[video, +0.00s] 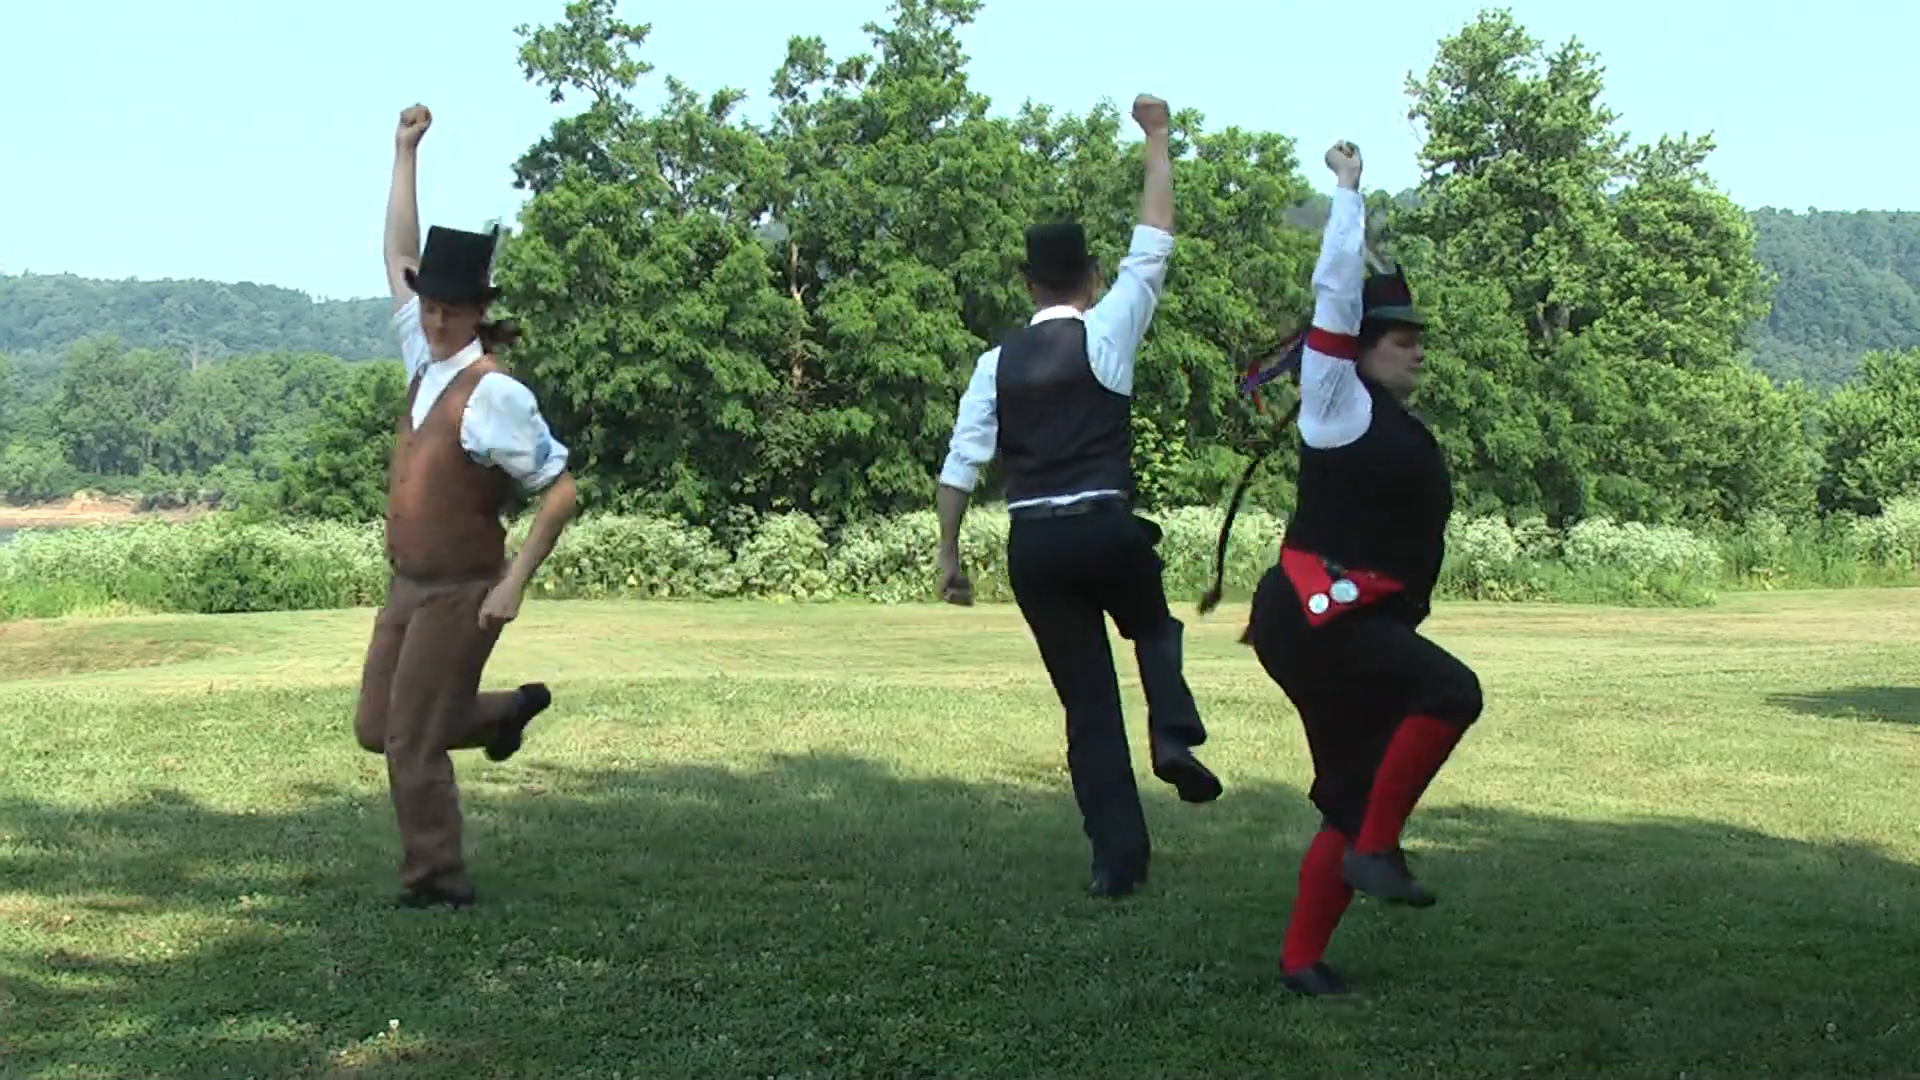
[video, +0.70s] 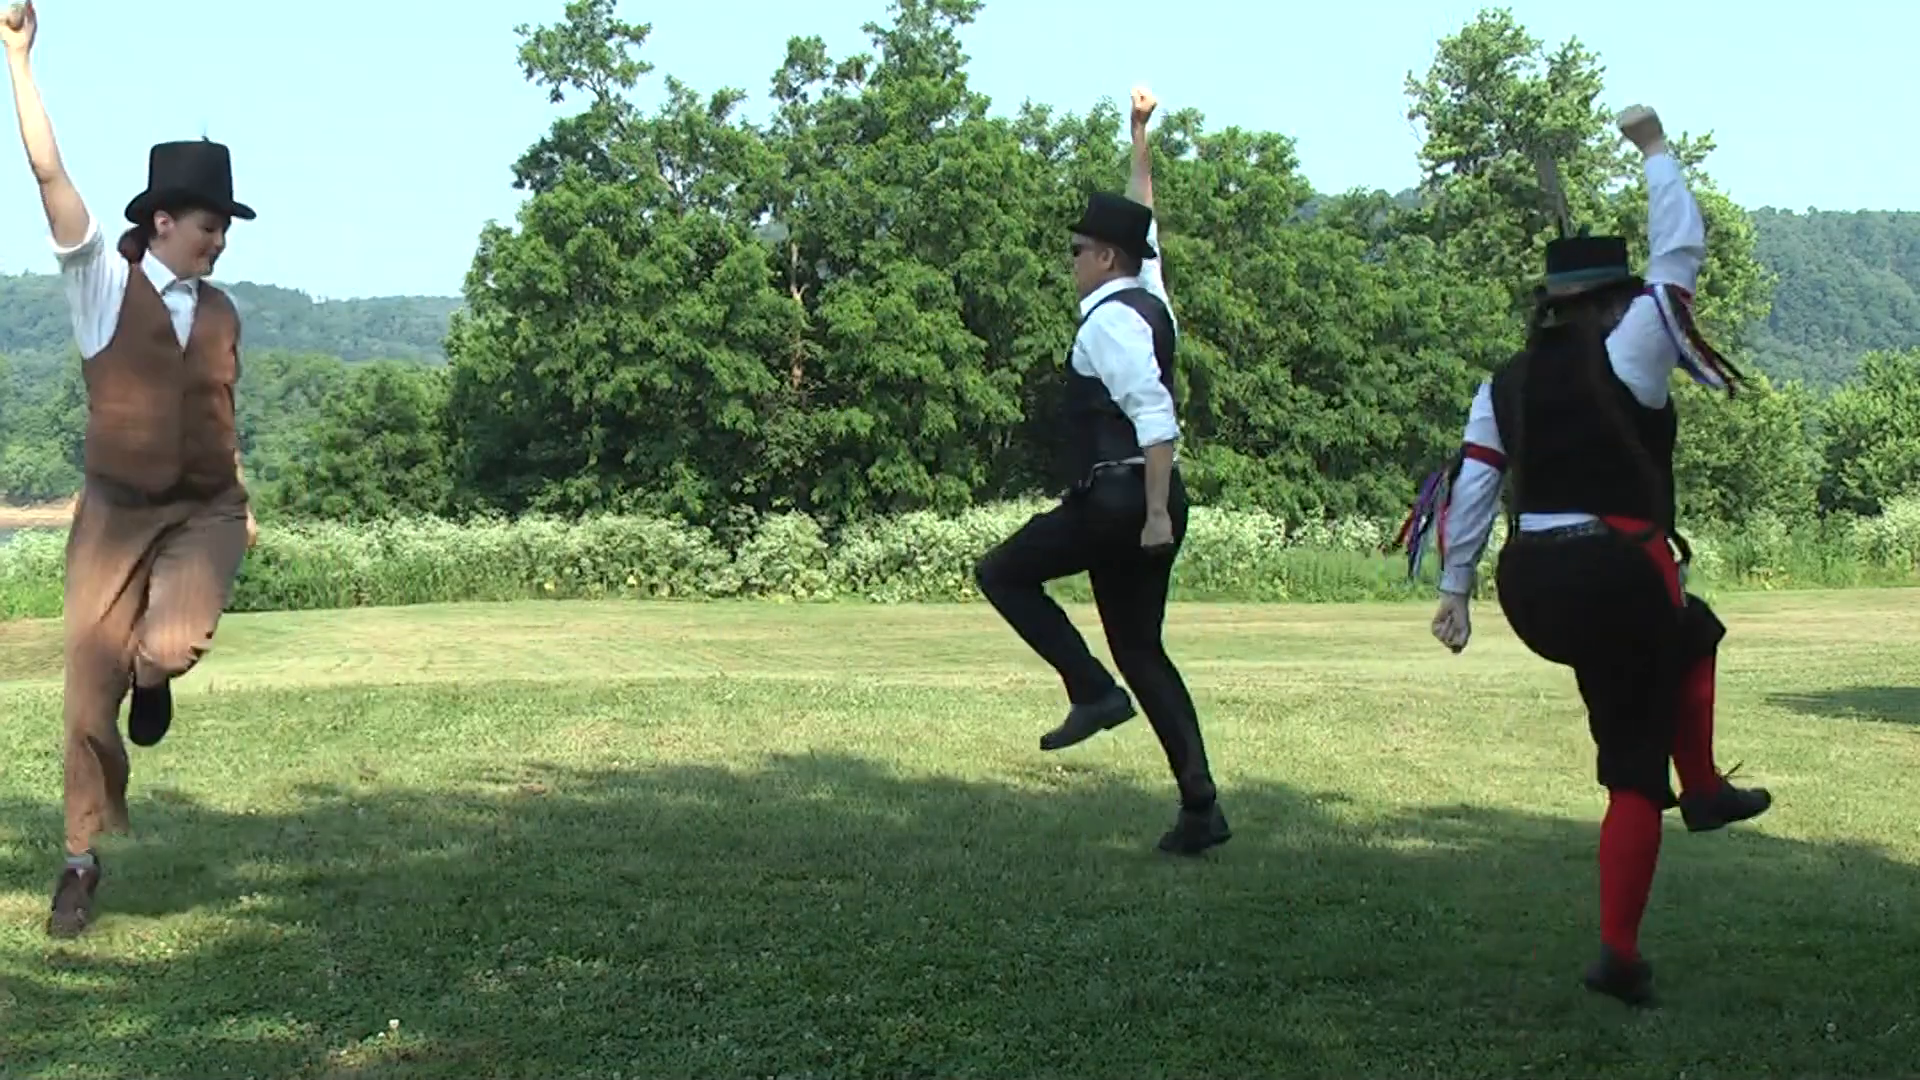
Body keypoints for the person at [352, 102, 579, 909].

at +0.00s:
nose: (427, 319)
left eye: (439, 309)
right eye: (425, 305)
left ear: (469, 313)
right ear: (425, 304)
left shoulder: (498, 396)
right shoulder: (428, 361)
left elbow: (562, 492)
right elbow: (402, 261)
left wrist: (515, 580)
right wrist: (404, 152)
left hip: (459, 595)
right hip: (405, 586)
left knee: (417, 742)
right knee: (376, 725)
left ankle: (438, 881)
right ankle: (504, 714)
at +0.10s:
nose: (405, 324)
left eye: (419, 312)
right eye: (395, 309)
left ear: (437, 315)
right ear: (373, 304)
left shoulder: (456, 401)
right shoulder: (366, 357)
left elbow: (504, 494)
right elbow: (332, 252)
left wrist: (476, 595)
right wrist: (327, 149)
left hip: (419, 597)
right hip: (359, 589)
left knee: (391, 755)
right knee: (298, 718)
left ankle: (439, 884)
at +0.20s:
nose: (355, 306)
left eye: (366, 297)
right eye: (347, 293)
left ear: (382, 305)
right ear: (328, 292)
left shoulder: (405, 386)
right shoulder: (308, 335)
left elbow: (452, 484)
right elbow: (264, 239)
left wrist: (430, 584)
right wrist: (253, 135)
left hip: (377, 584)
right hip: (303, 577)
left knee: (391, 740)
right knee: (227, 697)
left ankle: (436, 881)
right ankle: (275, 824)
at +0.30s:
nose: (315, 302)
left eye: (325, 291)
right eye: (303, 287)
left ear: (336, 298)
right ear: (269, 285)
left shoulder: (352, 379)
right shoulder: (242, 335)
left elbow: (404, 472)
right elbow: (197, 237)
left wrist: (389, 574)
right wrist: (188, 132)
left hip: (326, 581)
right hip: (244, 576)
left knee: (367, 734)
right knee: (177, 712)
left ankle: (428, 875)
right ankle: (173, 862)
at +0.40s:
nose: (262, 310)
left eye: (273, 300)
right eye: (250, 295)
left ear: (279, 305)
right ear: (212, 291)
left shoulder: (299, 387)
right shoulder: (176, 350)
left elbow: (346, 487)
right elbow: (127, 254)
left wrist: (342, 589)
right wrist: (131, 142)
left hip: (273, 590)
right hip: (185, 585)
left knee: (279, 764)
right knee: (144, 734)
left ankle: (386, 832)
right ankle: (127, 893)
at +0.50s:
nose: (237, 300)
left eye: (243, 288)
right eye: (225, 284)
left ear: (244, 294)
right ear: (178, 284)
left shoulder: (271, 377)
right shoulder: (133, 350)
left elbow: (303, 474)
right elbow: (68, 253)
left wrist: (300, 567)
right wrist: (66, 142)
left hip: (243, 588)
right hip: (150, 582)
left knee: (204, 748)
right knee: (125, 721)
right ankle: (121, 896)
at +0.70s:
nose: (220, 237)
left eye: (225, 225)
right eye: (208, 223)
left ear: (216, 231)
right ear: (161, 219)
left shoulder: (222, 309)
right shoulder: (104, 279)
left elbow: (223, 419)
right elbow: (49, 170)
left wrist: (239, 501)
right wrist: (18, 54)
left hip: (208, 509)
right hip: (114, 508)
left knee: (172, 650)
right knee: (91, 697)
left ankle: (146, 675)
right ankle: (81, 854)